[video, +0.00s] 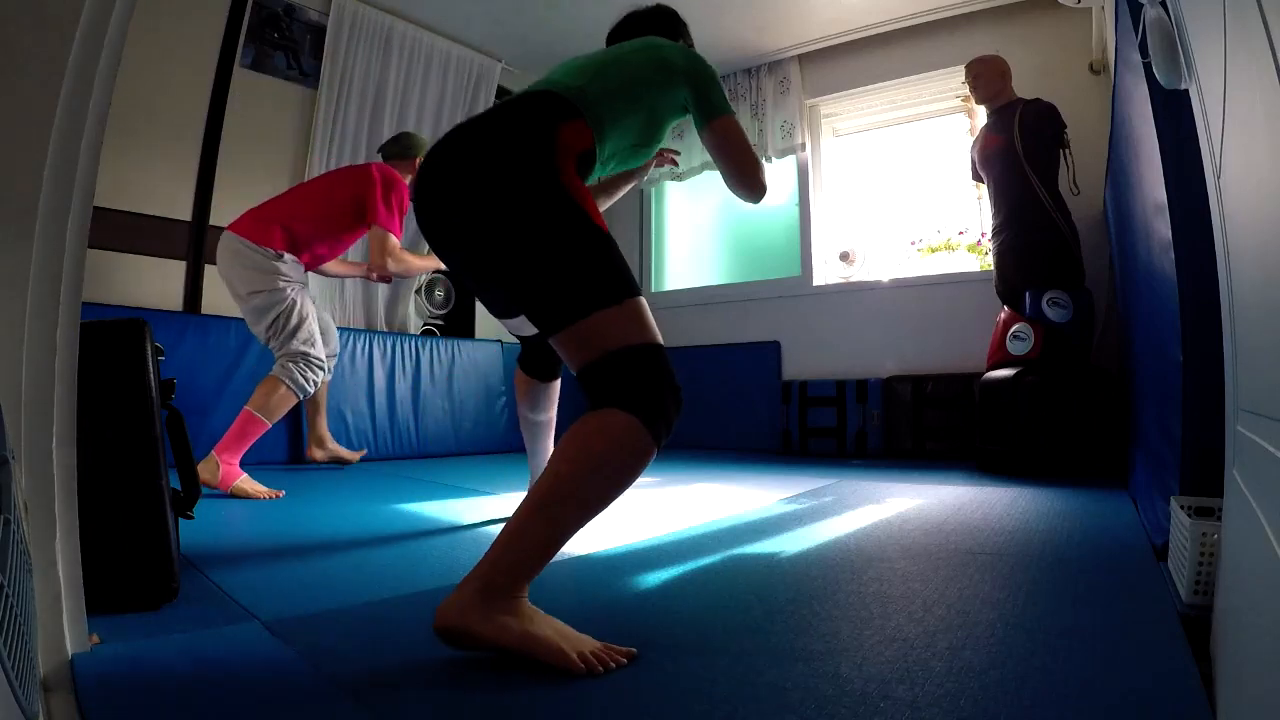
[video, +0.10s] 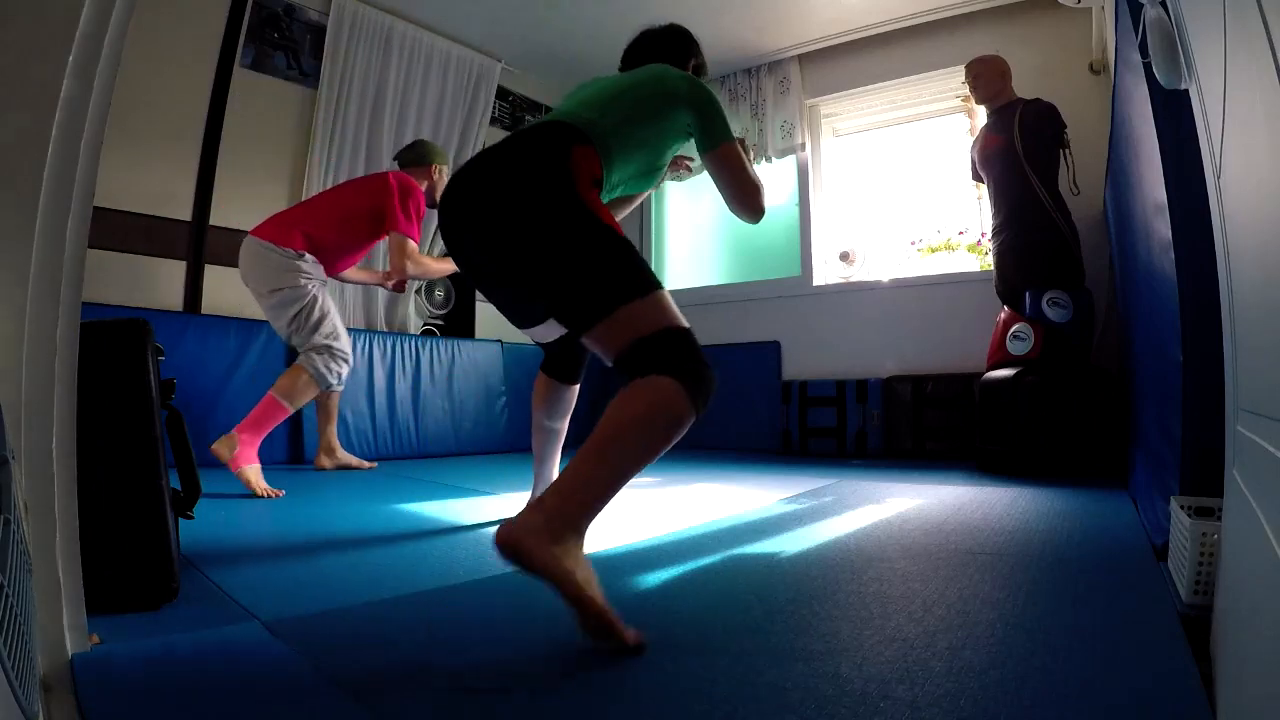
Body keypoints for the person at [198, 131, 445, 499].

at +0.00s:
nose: (424, 175)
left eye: (423, 169)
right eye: (424, 168)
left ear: (386, 160)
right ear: (417, 164)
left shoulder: (363, 180)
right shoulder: (389, 182)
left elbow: (318, 261)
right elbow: (386, 261)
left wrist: (370, 269)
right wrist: (436, 262)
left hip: (273, 255)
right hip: (260, 252)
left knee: (325, 340)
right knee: (305, 359)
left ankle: (320, 441)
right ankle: (222, 461)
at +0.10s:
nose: (446, 186)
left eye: (448, 179)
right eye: (447, 177)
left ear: (407, 168)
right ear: (435, 171)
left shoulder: (381, 191)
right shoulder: (407, 190)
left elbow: (338, 269)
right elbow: (406, 265)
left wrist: (388, 277)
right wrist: (454, 265)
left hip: (277, 254)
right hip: (282, 255)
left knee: (331, 349)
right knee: (331, 354)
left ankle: (330, 449)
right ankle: (242, 442)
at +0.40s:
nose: (485, 195)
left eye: (486, 188)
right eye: (485, 187)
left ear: (447, 180)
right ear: (475, 182)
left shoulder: (426, 198)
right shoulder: (454, 199)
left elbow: (384, 271)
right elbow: (457, 271)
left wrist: (428, 275)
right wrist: (502, 267)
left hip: (332, 266)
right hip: (340, 271)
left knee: (396, 338)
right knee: (386, 369)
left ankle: (382, 435)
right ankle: (308, 456)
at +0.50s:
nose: (500, 200)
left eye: (501, 193)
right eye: (500, 192)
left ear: (463, 186)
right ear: (490, 188)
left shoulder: (442, 204)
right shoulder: (471, 206)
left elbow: (400, 273)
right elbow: (475, 275)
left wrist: (445, 281)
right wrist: (518, 272)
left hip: (347, 268)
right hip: (364, 273)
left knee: (398, 353)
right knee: (408, 367)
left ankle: (401, 446)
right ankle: (326, 438)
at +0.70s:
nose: (527, 209)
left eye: (527, 202)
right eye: (528, 201)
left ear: (491, 193)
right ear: (520, 196)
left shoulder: (469, 211)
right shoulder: (500, 212)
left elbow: (435, 279)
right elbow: (505, 279)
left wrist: (479, 282)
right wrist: (545, 275)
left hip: (376, 273)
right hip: (404, 275)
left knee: (431, 355)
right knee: (464, 351)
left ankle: (415, 442)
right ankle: (411, 438)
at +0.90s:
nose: (548, 212)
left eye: (547, 206)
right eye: (549, 206)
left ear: (515, 201)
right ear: (542, 202)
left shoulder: (490, 216)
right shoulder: (529, 219)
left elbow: (453, 260)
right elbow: (540, 283)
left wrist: (489, 285)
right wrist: (570, 279)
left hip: (415, 282)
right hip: (447, 287)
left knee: (464, 360)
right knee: (492, 372)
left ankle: (463, 441)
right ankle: (420, 435)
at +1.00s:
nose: (560, 216)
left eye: (559, 210)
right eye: (561, 210)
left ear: (528, 207)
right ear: (553, 208)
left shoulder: (506, 224)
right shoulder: (541, 224)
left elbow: (471, 273)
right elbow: (553, 287)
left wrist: (510, 289)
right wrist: (583, 282)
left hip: (428, 291)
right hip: (464, 291)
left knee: (480, 367)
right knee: (521, 358)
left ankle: (466, 440)